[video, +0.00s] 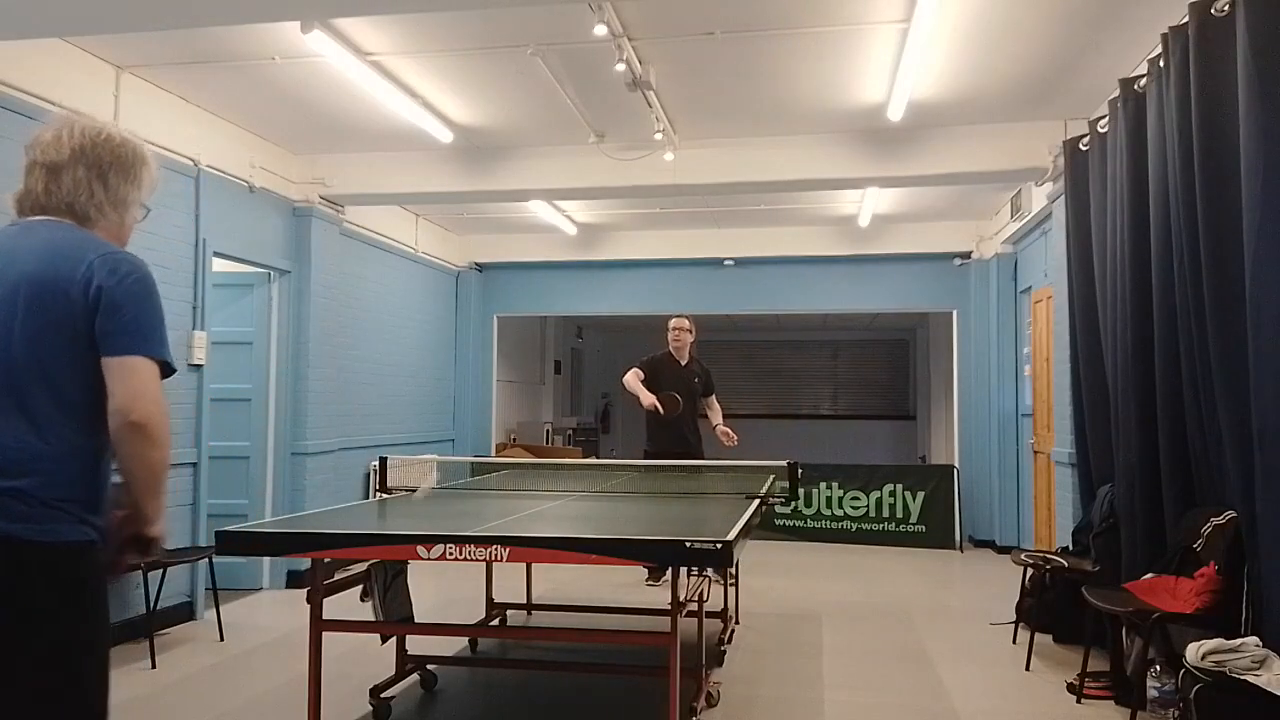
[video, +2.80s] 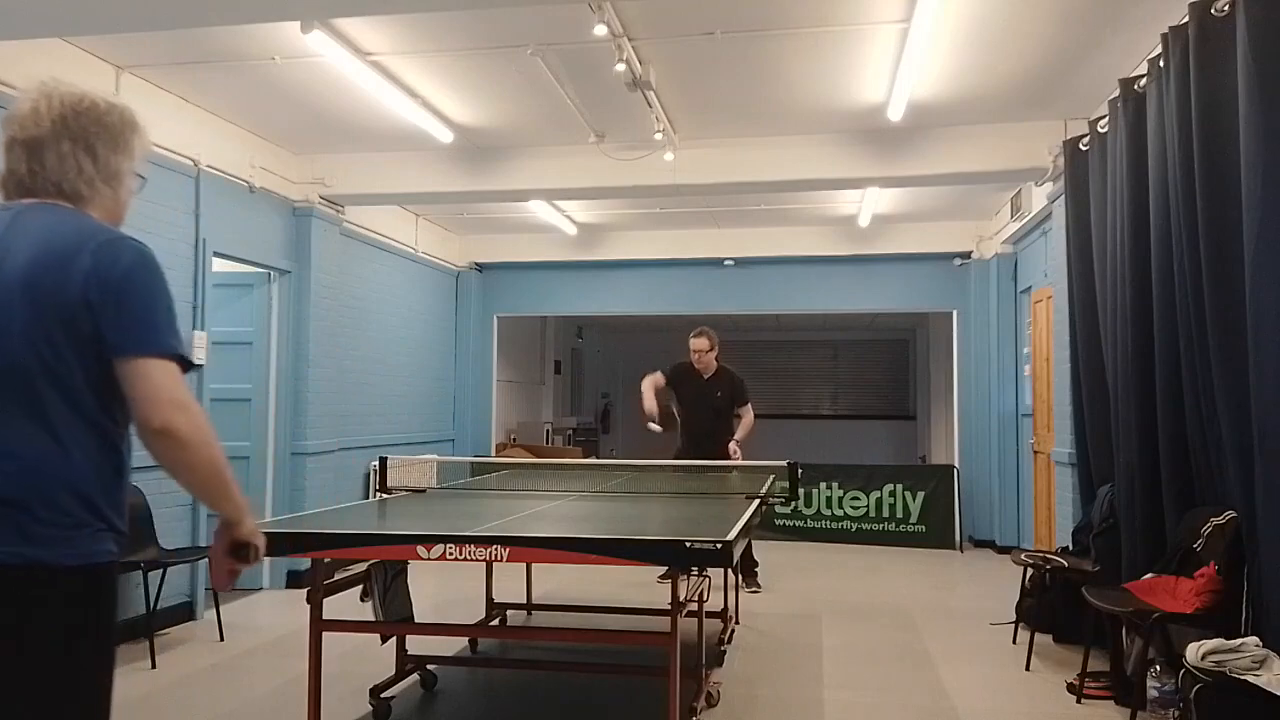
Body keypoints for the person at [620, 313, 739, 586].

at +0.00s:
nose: (678, 334)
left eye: (683, 330)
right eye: (674, 330)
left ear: (692, 336)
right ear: (667, 335)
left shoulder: (700, 370)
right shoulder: (655, 362)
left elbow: (711, 404)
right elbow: (629, 378)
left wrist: (718, 425)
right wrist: (643, 393)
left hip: (691, 452)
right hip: (657, 452)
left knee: (698, 507)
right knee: (656, 509)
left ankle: (709, 562)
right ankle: (656, 566)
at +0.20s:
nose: (685, 341)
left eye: (690, 337)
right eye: (681, 337)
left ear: (700, 341)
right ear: (675, 340)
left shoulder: (712, 374)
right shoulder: (663, 372)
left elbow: (727, 408)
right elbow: (639, 403)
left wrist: (725, 429)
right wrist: (652, 426)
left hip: (705, 456)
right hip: (670, 456)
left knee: (724, 508)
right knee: (663, 510)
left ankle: (749, 566)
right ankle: (658, 566)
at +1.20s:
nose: (686, 354)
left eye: (691, 349)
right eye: (682, 349)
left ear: (703, 348)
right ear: (677, 347)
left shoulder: (714, 377)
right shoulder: (667, 370)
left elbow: (728, 409)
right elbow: (631, 379)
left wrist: (719, 434)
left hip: (704, 456)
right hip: (670, 454)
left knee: (722, 506)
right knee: (667, 508)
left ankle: (741, 563)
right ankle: (669, 560)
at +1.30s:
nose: (691, 339)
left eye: (697, 335)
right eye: (687, 334)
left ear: (705, 337)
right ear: (680, 336)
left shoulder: (714, 370)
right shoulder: (665, 359)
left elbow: (726, 402)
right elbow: (641, 360)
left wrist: (720, 427)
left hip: (702, 450)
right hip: (669, 448)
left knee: (712, 505)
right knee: (666, 506)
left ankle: (729, 559)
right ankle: (668, 560)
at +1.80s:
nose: (707, 338)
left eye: (712, 334)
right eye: (703, 334)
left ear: (722, 338)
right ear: (696, 337)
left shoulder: (732, 372)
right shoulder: (683, 365)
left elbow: (749, 406)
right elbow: (648, 381)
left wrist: (742, 428)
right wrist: (652, 390)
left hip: (720, 454)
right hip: (685, 452)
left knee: (726, 509)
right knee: (675, 507)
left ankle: (730, 563)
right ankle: (670, 562)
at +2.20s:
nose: (692, 345)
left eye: (697, 341)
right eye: (688, 341)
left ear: (707, 343)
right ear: (682, 344)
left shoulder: (721, 373)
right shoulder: (672, 373)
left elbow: (740, 407)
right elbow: (653, 408)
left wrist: (730, 431)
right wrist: (662, 433)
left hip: (717, 456)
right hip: (683, 457)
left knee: (731, 508)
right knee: (679, 509)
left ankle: (746, 565)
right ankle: (678, 563)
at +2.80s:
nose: (696, 357)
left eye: (702, 352)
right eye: (693, 352)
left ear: (715, 350)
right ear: (689, 351)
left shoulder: (731, 380)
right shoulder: (681, 372)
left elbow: (747, 416)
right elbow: (648, 381)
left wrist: (736, 440)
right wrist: (651, 406)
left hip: (721, 459)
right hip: (686, 457)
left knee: (735, 513)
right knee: (674, 509)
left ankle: (748, 572)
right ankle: (678, 562)